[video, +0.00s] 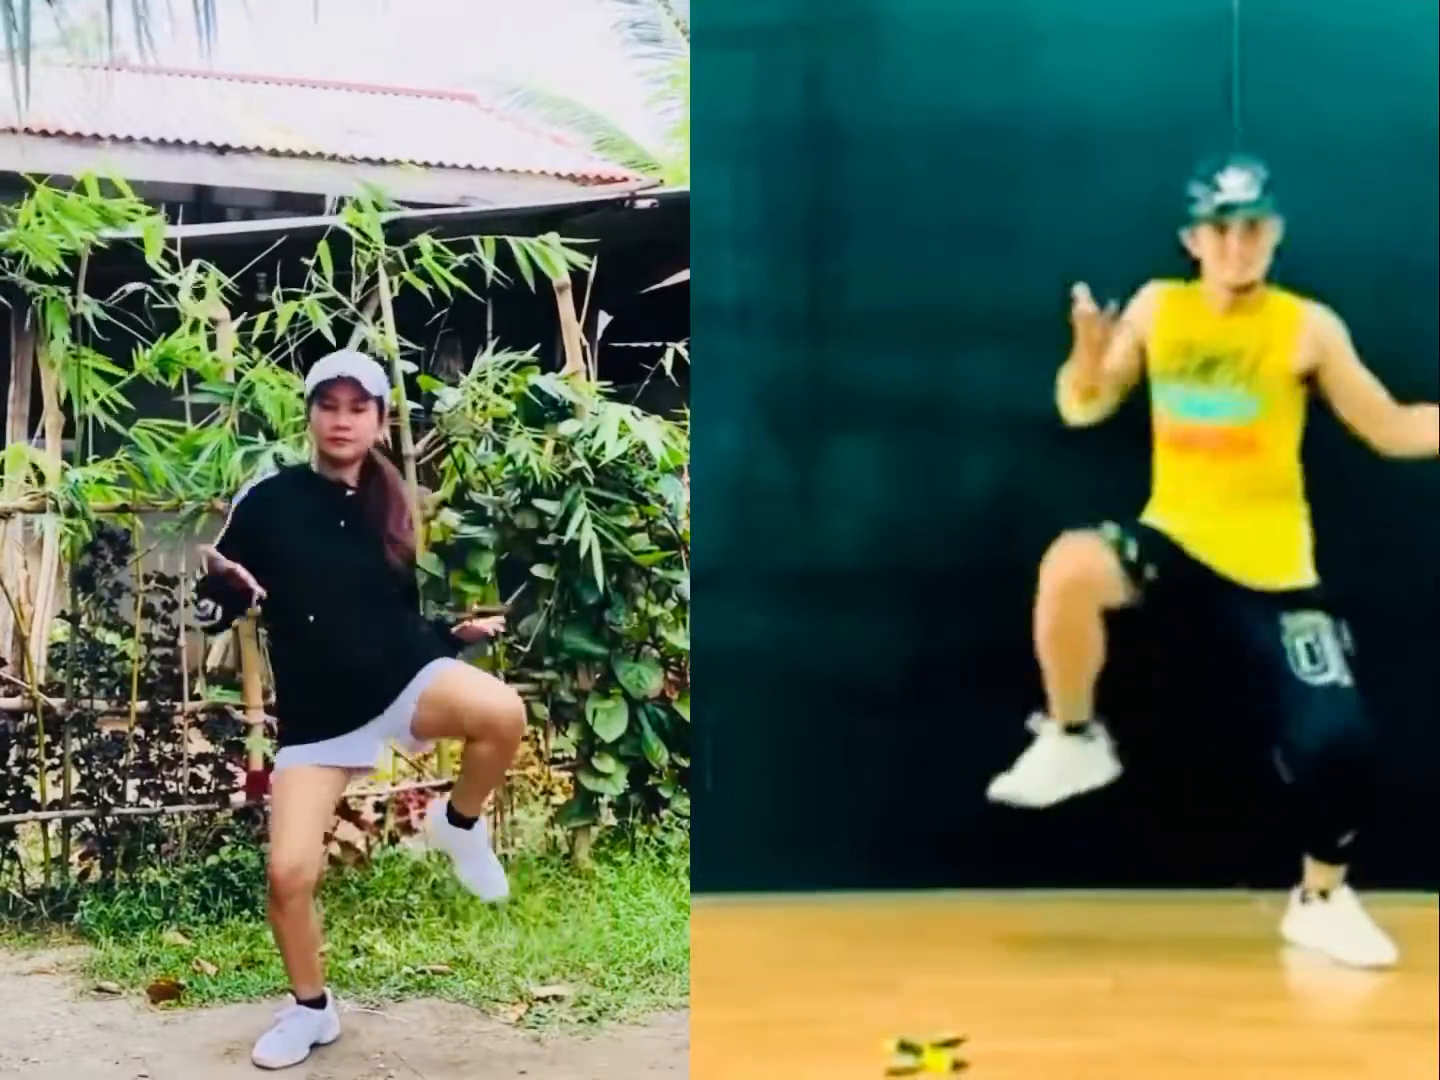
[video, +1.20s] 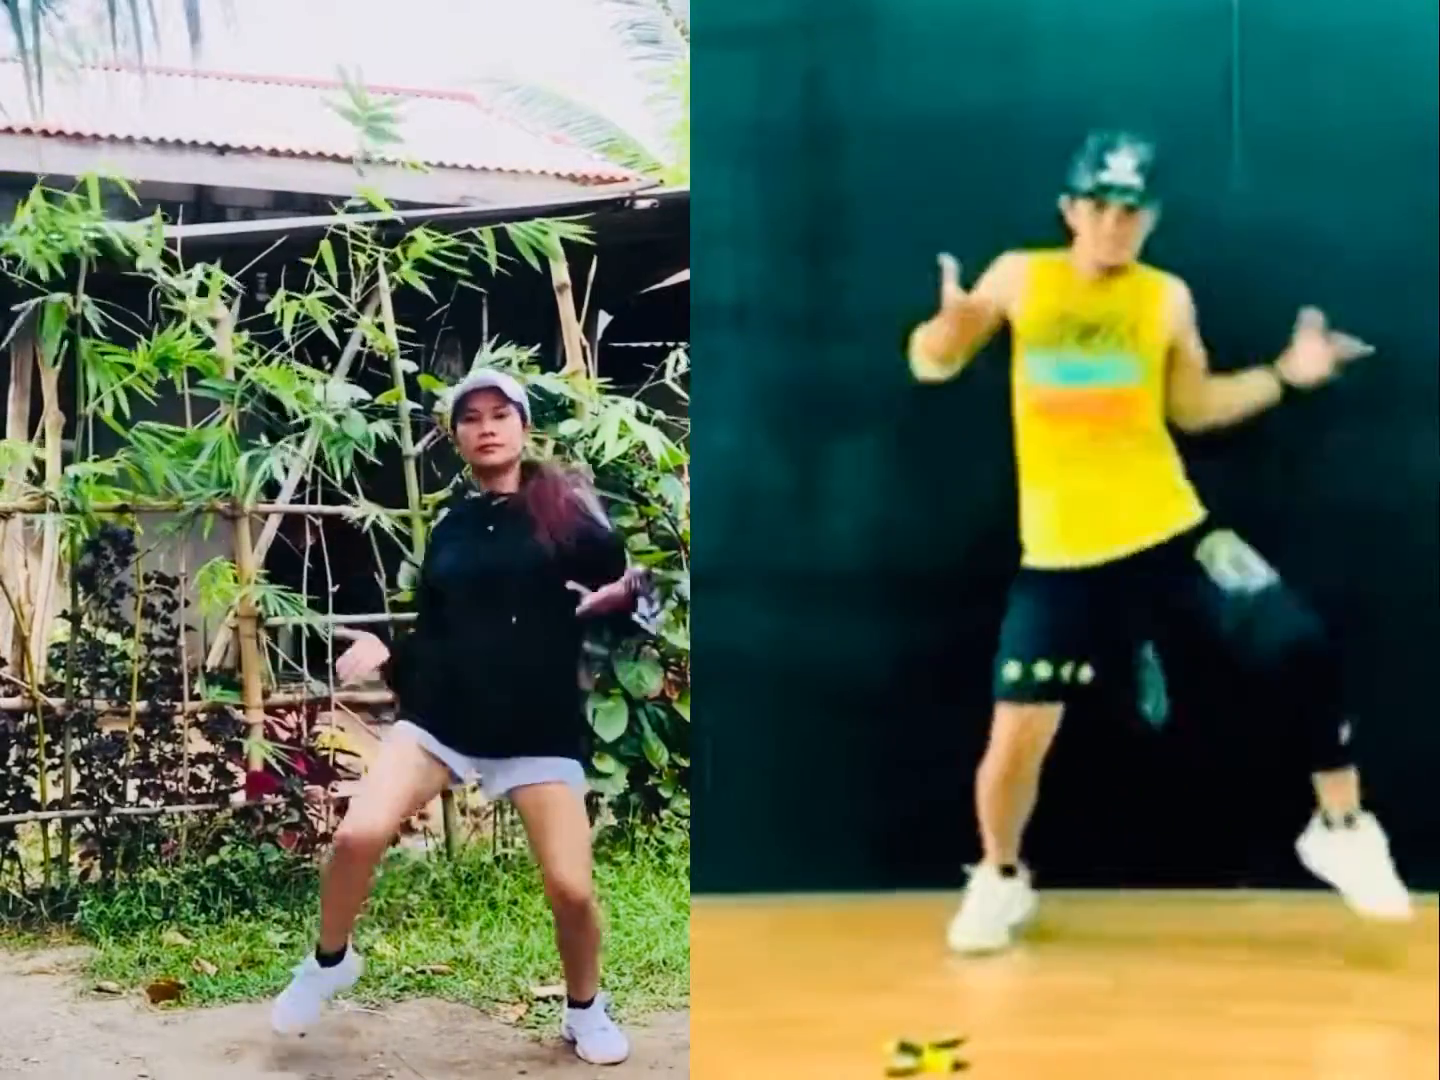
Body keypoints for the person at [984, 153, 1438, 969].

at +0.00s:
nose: (1239, 248)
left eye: (1254, 230)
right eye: (1222, 231)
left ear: (1276, 236)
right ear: (1194, 237)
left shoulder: (1308, 329)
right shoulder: (1156, 309)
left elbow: (1393, 428)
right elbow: (1083, 407)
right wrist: (1085, 361)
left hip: (1274, 562)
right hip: (1174, 541)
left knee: (1335, 740)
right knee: (1068, 569)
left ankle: (1321, 898)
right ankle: (1073, 739)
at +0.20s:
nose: (1241, 265)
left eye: (1253, 247)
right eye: (1223, 250)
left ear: (1275, 248)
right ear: (1196, 258)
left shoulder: (1312, 309)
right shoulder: (1165, 344)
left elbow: (1348, 401)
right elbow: (1123, 455)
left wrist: (1375, 406)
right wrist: (1039, 429)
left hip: (1276, 582)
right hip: (1173, 557)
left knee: (1354, 725)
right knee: (1034, 644)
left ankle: (1321, 898)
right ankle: (1005, 765)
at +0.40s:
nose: (1203, 302)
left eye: (1218, 285)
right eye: (1186, 285)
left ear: (1239, 292)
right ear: (1157, 292)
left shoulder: (1257, 393)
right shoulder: (1112, 361)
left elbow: (1315, 512)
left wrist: (1418, 476)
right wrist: (1070, 386)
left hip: (1251, 622)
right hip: (1134, 628)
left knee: (1373, 736)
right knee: (1044, 787)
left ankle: (1331, 897)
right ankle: (982, 893)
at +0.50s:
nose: (1161, 340)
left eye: (1177, 325)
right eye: (1146, 323)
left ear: (1199, 333)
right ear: (1117, 330)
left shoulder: (1230, 421)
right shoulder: (1083, 393)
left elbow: (1330, 503)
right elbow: (983, 442)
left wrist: (1430, 550)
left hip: (1215, 641)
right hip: (1104, 648)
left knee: (1328, 730)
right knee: (1032, 808)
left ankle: (1325, 900)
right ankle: (981, 898)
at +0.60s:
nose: (1138, 328)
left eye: (1150, 311)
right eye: (1121, 313)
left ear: (1169, 312)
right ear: (1090, 318)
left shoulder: (1200, 370)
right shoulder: (1058, 398)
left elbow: (1266, 467)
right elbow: (973, 493)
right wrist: (910, 481)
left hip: (1180, 624)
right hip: (1074, 629)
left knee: (1269, 753)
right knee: (1001, 817)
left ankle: (1319, 903)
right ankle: (979, 899)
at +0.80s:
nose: (1124, 266)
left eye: (1128, 250)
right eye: (1109, 250)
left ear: (1126, 250)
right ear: (1059, 251)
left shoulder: (1130, 328)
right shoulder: (993, 312)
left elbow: (1157, 445)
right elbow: (920, 403)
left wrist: (1254, 406)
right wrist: (931, 367)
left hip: (1137, 565)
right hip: (1035, 590)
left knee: (1282, 623)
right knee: (1003, 777)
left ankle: (1277, 810)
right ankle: (972, 894)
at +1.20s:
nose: (1115, 228)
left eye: (1131, 213)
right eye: (1101, 210)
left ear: (1150, 219)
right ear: (1070, 210)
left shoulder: (1165, 298)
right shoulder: (1019, 278)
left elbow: (1191, 406)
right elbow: (931, 364)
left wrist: (1282, 373)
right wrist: (947, 328)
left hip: (1170, 535)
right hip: (1061, 553)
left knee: (1296, 643)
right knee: (1018, 730)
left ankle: (1342, 824)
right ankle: (998, 877)